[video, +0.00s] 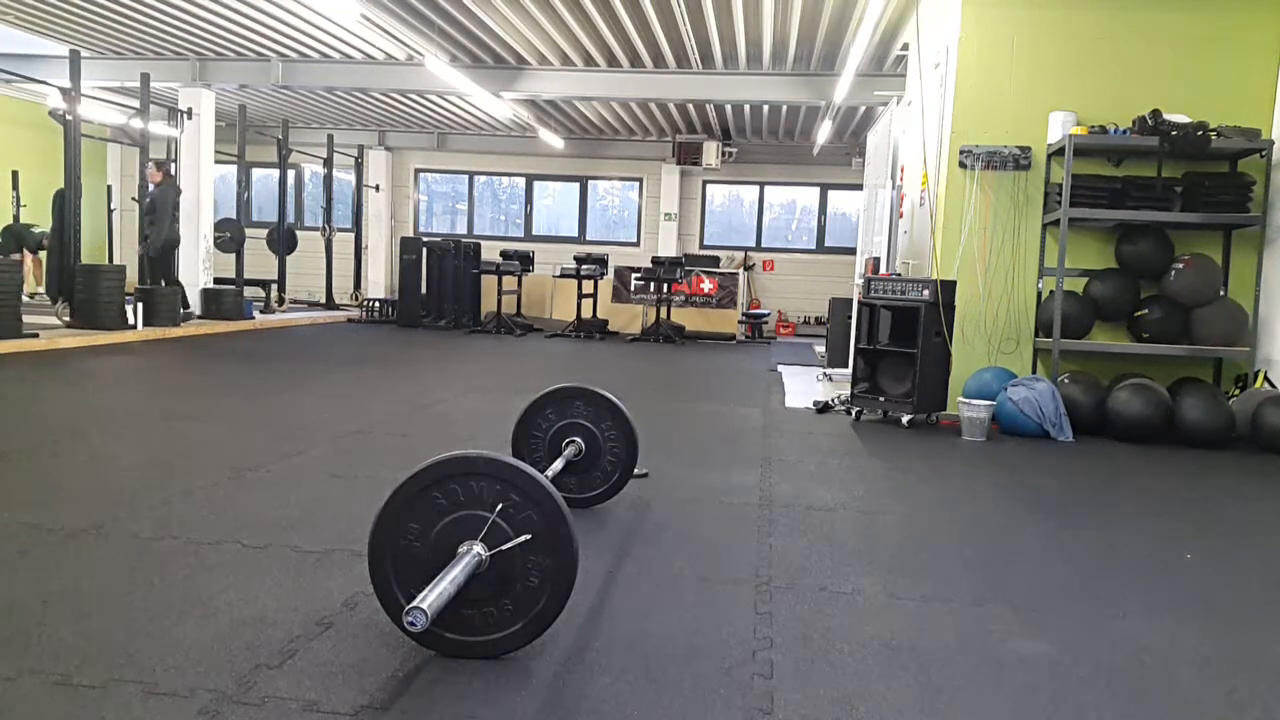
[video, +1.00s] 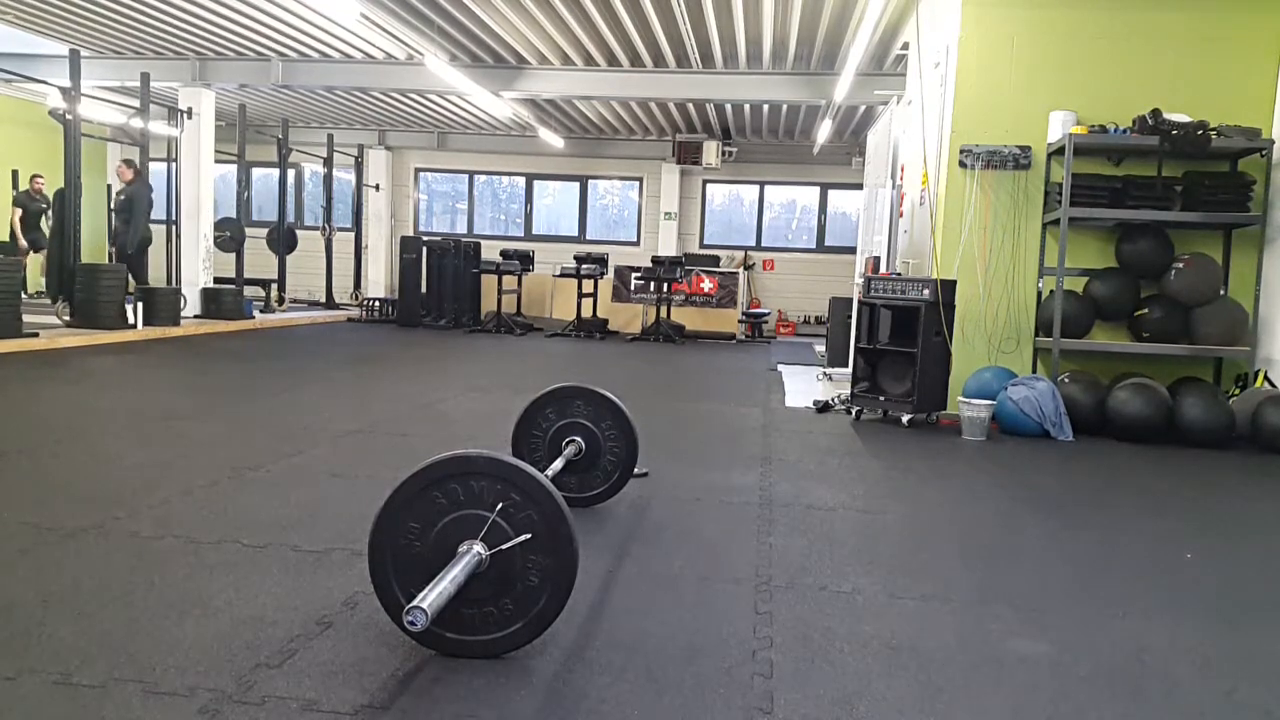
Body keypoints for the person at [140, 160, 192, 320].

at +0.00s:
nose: (148, 174)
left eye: (152, 171)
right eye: (149, 171)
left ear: (161, 173)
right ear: (160, 174)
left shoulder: (164, 191)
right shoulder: (163, 189)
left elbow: (162, 221)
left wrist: (151, 246)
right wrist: (146, 241)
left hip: (161, 238)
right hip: (166, 237)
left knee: (155, 277)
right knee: (168, 276)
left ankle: (157, 310)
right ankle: (185, 308)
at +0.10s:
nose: (144, 173)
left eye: (147, 170)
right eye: (144, 170)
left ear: (157, 172)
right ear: (155, 172)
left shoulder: (162, 190)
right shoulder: (152, 190)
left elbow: (159, 222)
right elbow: (146, 219)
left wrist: (147, 244)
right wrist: (138, 237)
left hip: (158, 240)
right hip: (149, 238)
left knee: (152, 278)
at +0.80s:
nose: (124, 173)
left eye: (127, 169)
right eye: (124, 169)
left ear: (137, 171)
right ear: (137, 172)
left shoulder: (141, 190)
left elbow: (142, 221)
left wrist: (134, 246)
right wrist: (123, 240)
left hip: (140, 234)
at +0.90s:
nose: (120, 172)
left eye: (123, 168)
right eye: (120, 168)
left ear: (133, 170)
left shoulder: (142, 189)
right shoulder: (128, 190)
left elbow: (142, 219)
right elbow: (124, 221)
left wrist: (134, 246)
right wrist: (117, 242)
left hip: (138, 237)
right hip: (125, 237)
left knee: (140, 277)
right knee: (123, 276)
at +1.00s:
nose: (117, 171)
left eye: (120, 168)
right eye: (117, 168)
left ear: (131, 170)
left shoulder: (139, 188)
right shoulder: (125, 189)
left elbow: (139, 218)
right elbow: (120, 219)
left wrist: (131, 246)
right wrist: (115, 240)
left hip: (135, 238)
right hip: (122, 238)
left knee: (139, 278)